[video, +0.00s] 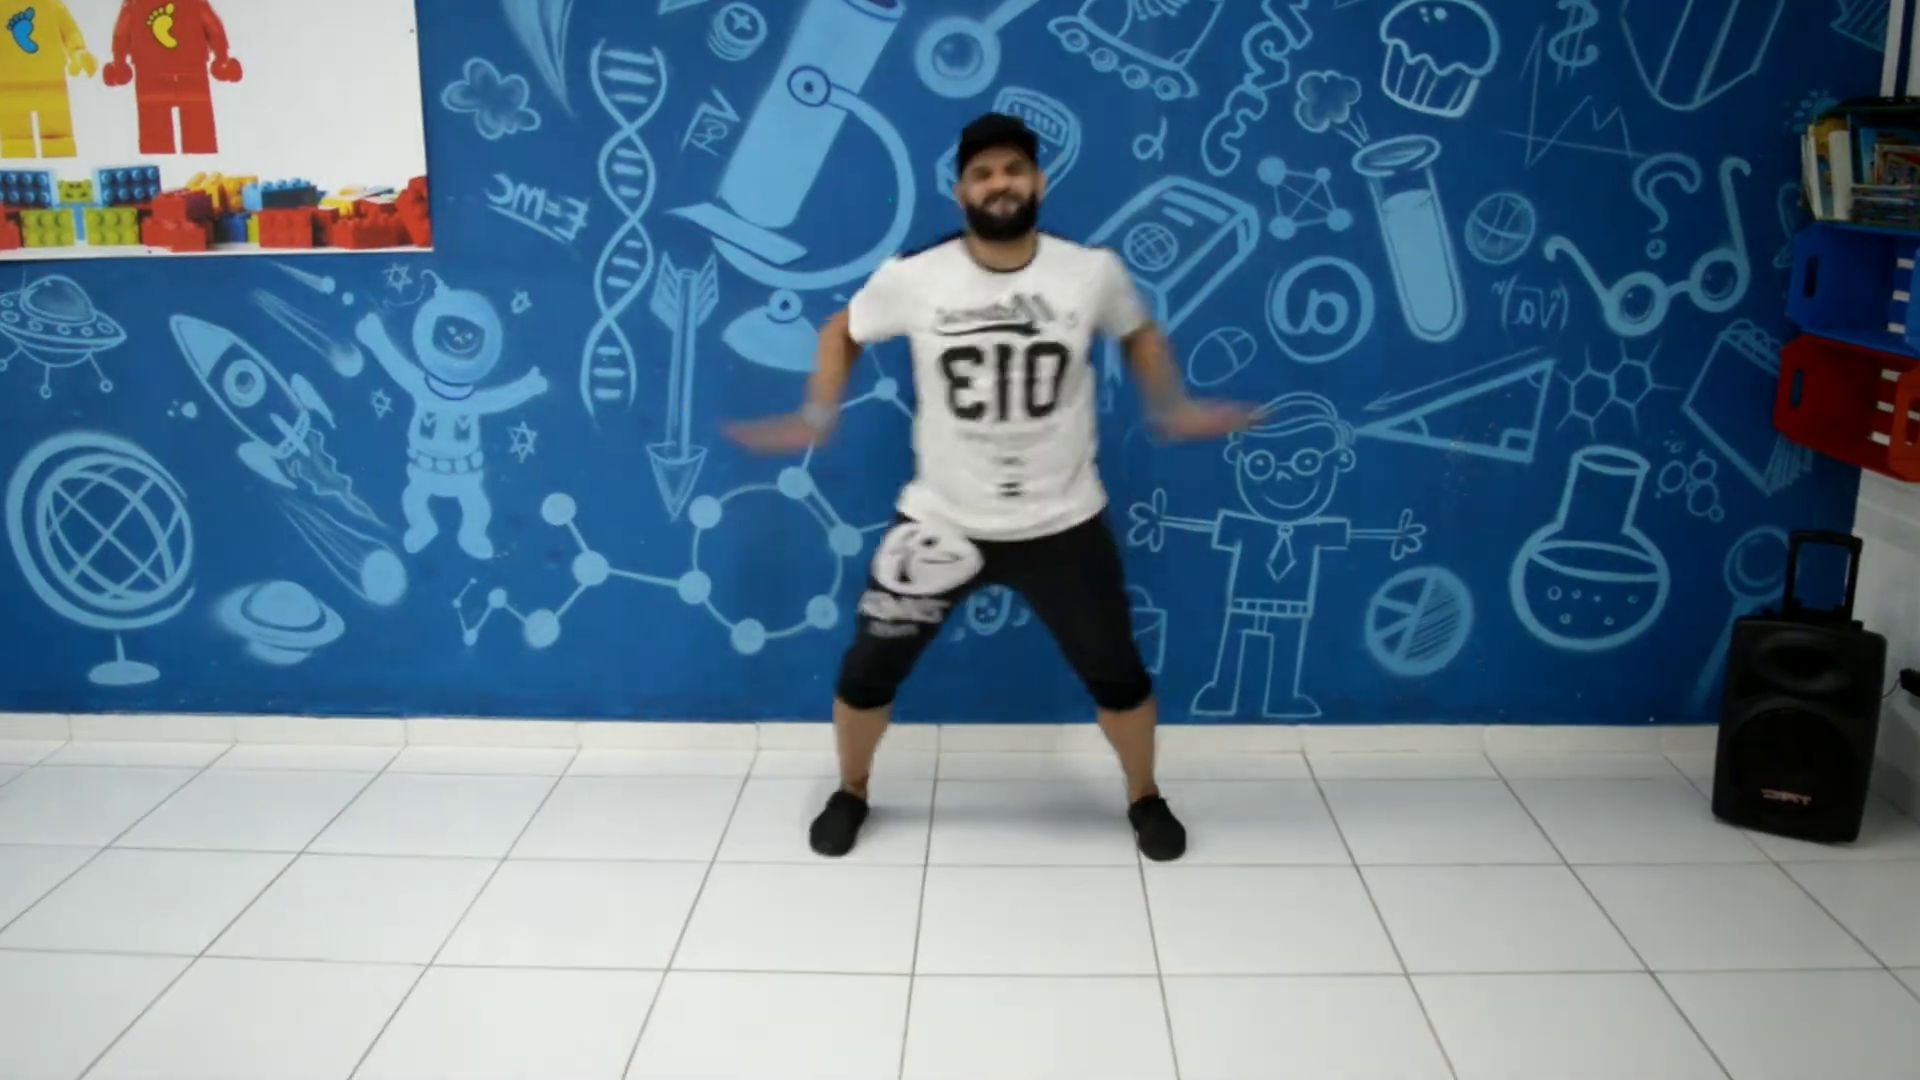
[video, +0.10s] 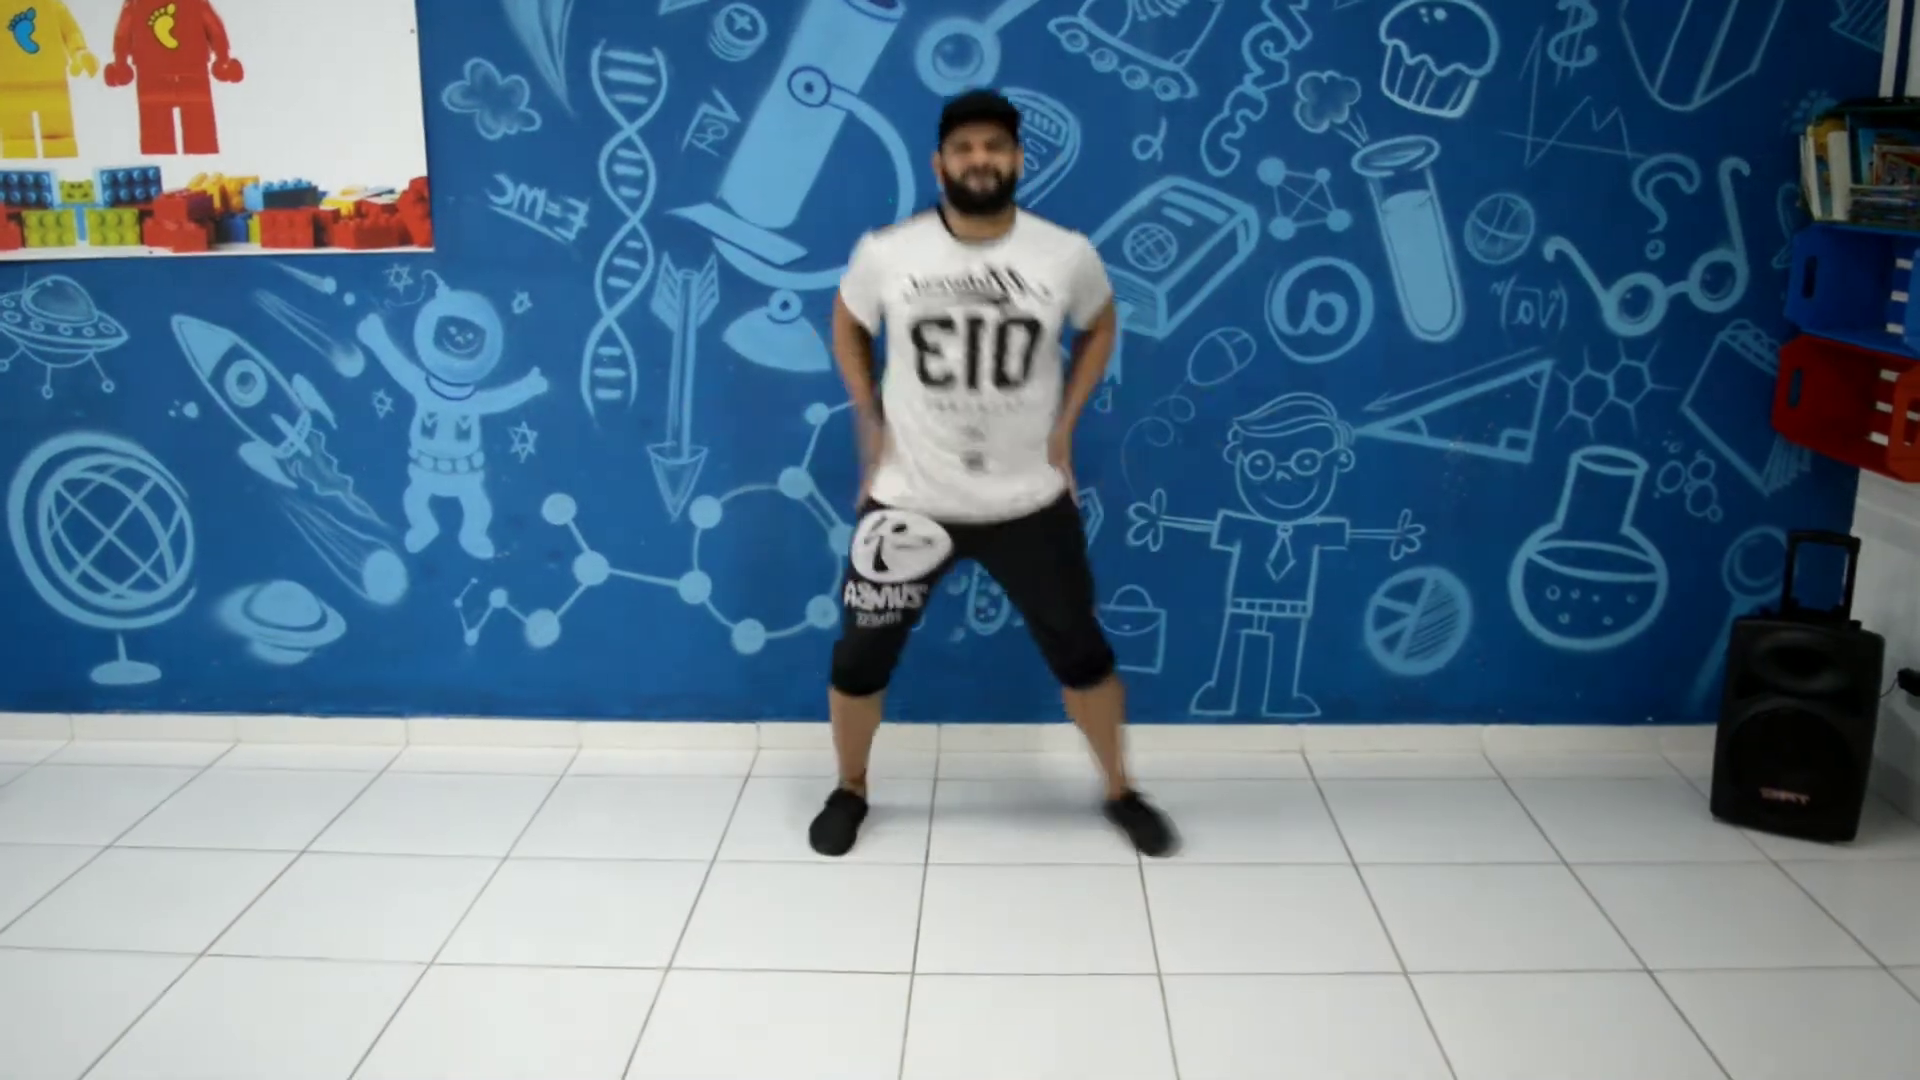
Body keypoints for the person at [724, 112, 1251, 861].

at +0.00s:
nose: (1000, 184)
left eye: (1016, 170)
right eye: (983, 172)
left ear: (1041, 183)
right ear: (960, 188)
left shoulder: (1092, 274)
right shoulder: (909, 283)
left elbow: (1143, 338)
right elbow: (839, 334)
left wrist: (1173, 408)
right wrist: (820, 414)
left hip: (1063, 521)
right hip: (943, 520)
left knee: (1117, 673)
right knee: (868, 670)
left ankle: (1145, 797)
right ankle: (850, 793)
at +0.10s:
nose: (980, 160)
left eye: (995, 147)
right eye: (962, 148)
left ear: (1018, 160)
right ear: (939, 163)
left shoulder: (1066, 257)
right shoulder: (887, 256)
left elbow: (1101, 326)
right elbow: (847, 324)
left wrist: (1063, 429)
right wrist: (871, 424)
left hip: (1028, 495)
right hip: (912, 491)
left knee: (1081, 652)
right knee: (861, 655)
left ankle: (1121, 792)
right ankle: (849, 790)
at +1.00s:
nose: (1046, 153)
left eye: (1063, 138)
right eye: (1031, 138)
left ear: (1085, 145)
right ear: (1006, 144)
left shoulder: (1136, 234)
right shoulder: (961, 245)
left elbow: (1191, 337)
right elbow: (893, 345)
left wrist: (1248, 434)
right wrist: (827, 444)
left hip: (1109, 476)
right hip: (995, 481)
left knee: (1145, 641)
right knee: (964, 654)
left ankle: (1152, 791)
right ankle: (972, 764)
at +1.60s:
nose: (999, 195)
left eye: (1013, 180)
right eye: (982, 185)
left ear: (1036, 190)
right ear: (961, 201)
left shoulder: (1094, 291)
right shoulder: (916, 293)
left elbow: (1164, 387)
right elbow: (846, 386)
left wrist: (1235, 476)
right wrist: (773, 483)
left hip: (1062, 509)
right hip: (947, 505)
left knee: (1112, 663)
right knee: (865, 658)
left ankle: (1156, 794)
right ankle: (853, 786)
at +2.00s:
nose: (950, 179)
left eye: (966, 167)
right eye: (936, 165)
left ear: (986, 183)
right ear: (913, 178)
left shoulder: (1032, 281)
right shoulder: (856, 278)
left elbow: (1088, 387)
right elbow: (790, 378)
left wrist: (1142, 488)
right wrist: (735, 484)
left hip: (993, 501)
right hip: (884, 494)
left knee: (1016, 676)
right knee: (845, 661)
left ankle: (973, 754)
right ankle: (850, 786)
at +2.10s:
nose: (951, 161)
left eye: (968, 151)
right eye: (938, 148)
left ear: (988, 170)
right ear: (913, 162)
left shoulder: (1034, 261)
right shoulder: (859, 270)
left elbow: (1084, 369)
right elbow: (794, 371)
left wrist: (1128, 470)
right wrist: (743, 472)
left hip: (995, 492)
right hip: (885, 487)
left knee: (1041, 660)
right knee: (852, 653)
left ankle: (991, 744)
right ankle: (849, 785)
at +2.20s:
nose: (969, 138)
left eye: (986, 131)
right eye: (957, 125)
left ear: (1004, 152)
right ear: (929, 137)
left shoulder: (1044, 241)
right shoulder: (867, 241)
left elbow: (1089, 353)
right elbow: (809, 347)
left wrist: (1130, 456)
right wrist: (758, 454)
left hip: (1015, 481)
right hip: (897, 482)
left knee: (1065, 640)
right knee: (859, 645)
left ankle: (1070, 773)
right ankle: (850, 783)